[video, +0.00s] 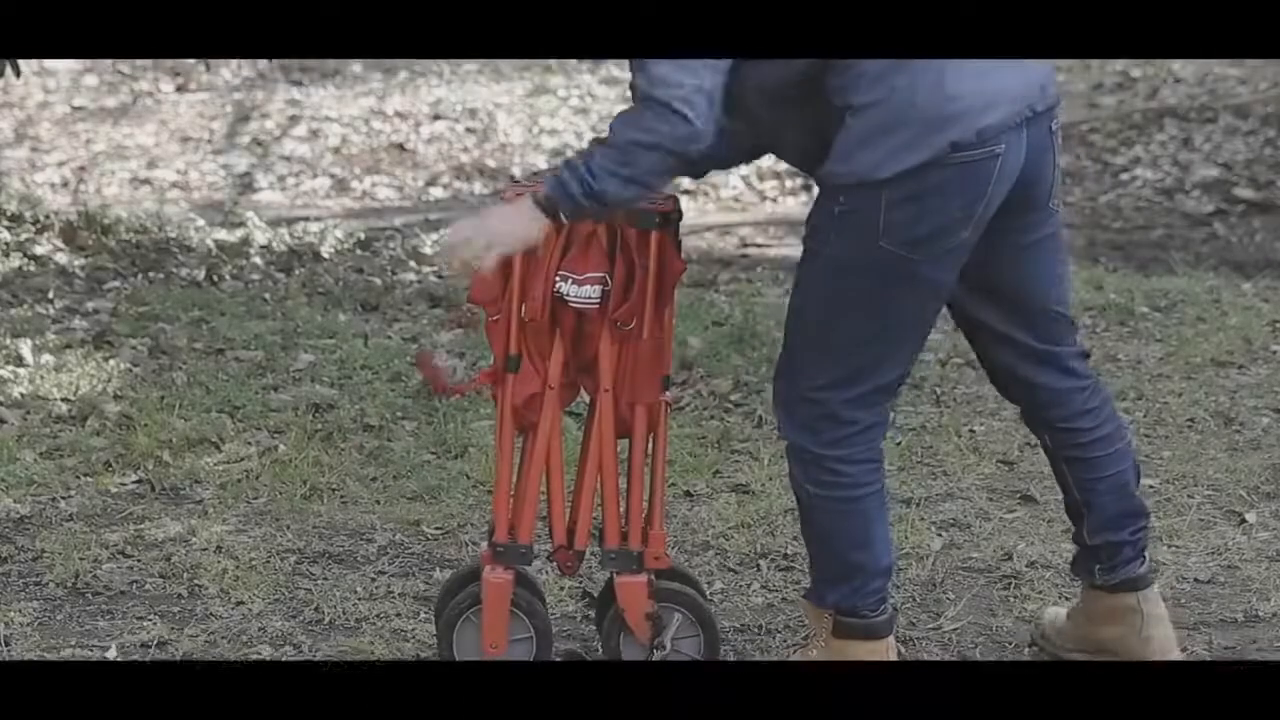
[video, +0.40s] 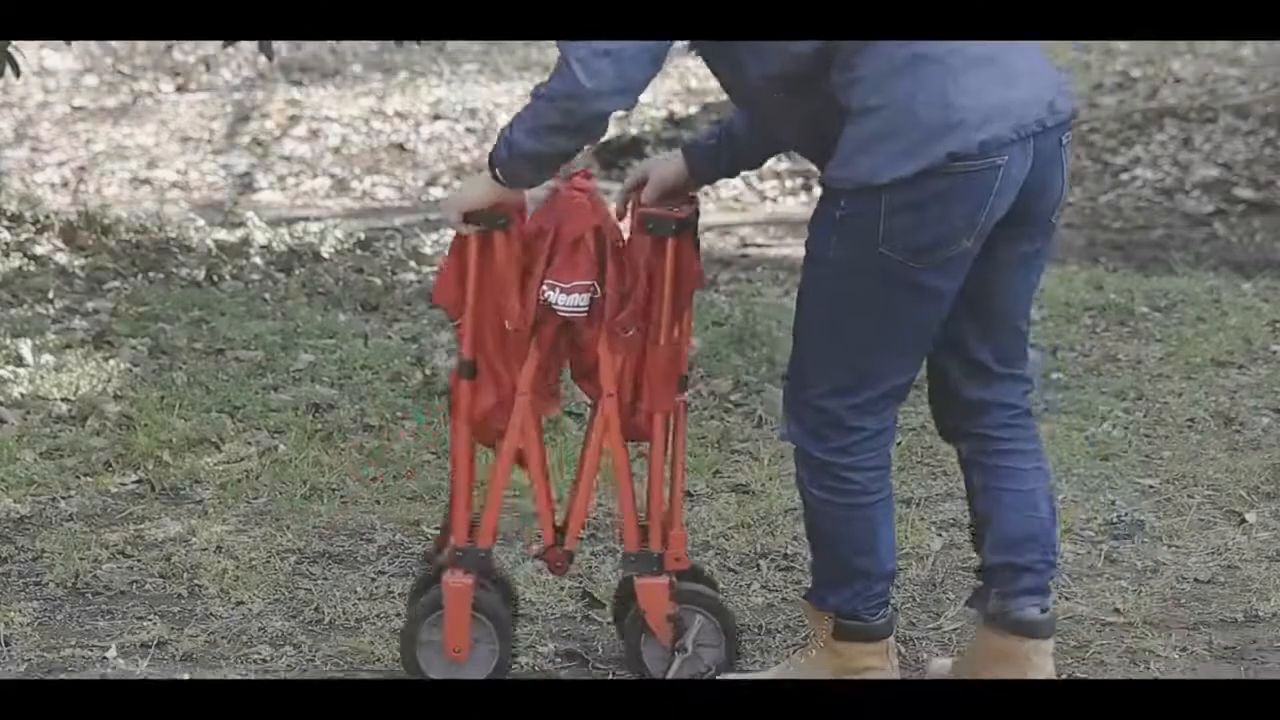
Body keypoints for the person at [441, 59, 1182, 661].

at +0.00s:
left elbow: (675, 126)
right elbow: (740, 125)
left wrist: (539, 204)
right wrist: (575, 183)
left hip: (909, 137)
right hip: (1018, 104)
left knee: (828, 407)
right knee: (1047, 365)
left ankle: (856, 639)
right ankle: (1124, 603)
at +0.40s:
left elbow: (597, 78)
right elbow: (818, 90)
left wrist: (510, 172)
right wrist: (693, 164)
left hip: (914, 149)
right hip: (1036, 121)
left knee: (839, 415)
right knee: (990, 390)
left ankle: (853, 648)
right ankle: (1019, 639)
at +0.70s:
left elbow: (632, 51)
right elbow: (891, 87)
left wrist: (555, 144)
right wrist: (777, 166)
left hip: (932, 147)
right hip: (1065, 140)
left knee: (804, 394)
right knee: (1017, 423)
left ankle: (845, 652)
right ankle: (1013, 663)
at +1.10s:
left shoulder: (656, 8)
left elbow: (596, 105)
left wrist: (557, 247)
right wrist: (790, 229)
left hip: (845, 159)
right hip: (995, 146)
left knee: (772, 438)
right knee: (1011, 434)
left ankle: (780, 674)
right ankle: (1025, 669)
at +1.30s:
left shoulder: (640, 18)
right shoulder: (867, 11)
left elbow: (593, 213)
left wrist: (545, 366)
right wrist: (790, 302)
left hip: (792, 185)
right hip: (953, 162)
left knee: (734, 435)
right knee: (997, 425)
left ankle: (779, 675)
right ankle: (1038, 668)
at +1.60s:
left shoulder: (640, 14)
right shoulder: (872, 5)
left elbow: (598, 202)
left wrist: (557, 350)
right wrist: (793, 297)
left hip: (788, 186)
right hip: (945, 157)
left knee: (734, 433)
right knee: (999, 421)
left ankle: (778, 677)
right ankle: (1042, 669)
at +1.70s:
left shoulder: (640, 2)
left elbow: (603, 152)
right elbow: (946, 24)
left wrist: (579, 310)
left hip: (791, 178)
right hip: (950, 152)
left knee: (747, 429)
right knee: (1003, 418)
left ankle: (780, 672)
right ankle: (1042, 661)